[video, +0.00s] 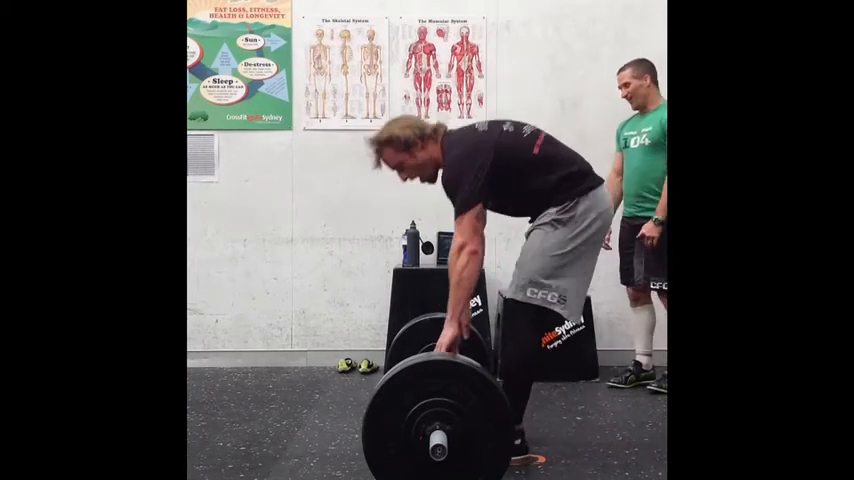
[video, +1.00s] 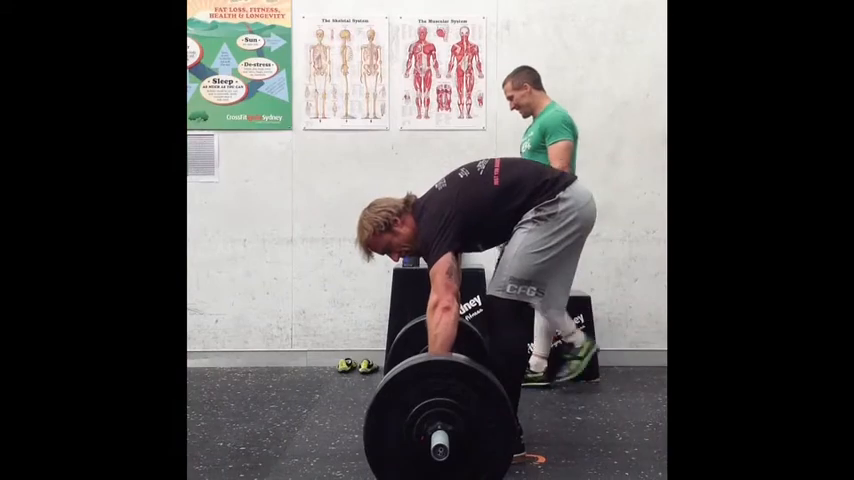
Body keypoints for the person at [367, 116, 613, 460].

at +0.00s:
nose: (403, 177)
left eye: (400, 167)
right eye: (397, 171)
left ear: (417, 146)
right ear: (419, 145)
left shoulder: (462, 157)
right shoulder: (462, 151)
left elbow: (468, 250)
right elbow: (467, 244)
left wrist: (453, 322)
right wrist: (459, 314)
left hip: (573, 205)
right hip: (565, 205)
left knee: (522, 309)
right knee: (519, 308)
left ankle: (511, 430)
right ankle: (508, 427)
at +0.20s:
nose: (398, 235)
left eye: (392, 227)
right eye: (391, 230)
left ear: (404, 206)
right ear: (407, 199)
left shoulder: (447, 202)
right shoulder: (442, 195)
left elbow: (455, 292)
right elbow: (453, 285)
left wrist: (440, 366)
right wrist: (443, 360)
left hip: (568, 209)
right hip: (550, 211)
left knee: (515, 312)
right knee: (506, 309)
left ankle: (510, 434)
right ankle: (503, 428)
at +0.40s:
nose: (394, 254)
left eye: (388, 246)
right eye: (387, 249)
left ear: (399, 227)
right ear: (401, 220)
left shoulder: (439, 218)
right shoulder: (432, 214)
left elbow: (447, 305)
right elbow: (446, 298)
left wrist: (436, 378)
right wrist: (438, 371)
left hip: (563, 208)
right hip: (542, 211)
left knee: (511, 311)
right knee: (500, 308)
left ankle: (504, 433)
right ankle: (495, 426)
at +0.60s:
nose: (394, 259)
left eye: (388, 251)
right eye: (387, 254)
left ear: (397, 230)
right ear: (399, 223)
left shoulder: (436, 220)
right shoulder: (432, 215)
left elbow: (447, 306)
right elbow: (445, 300)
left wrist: (435, 380)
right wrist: (437, 374)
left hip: (556, 204)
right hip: (553, 202)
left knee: (505, 309)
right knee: (502, 307)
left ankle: (504, 433)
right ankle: (501, 427)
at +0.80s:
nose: (395, 258)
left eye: (389, 250)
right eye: (388, 254)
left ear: (398, 226)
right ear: (399, 222)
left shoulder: (435, 219)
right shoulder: (435, 214)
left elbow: (444, 305)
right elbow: (446, 297)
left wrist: (430, 379)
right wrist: (435, 369)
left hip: (557, 205)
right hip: (561, 201)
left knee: (505, 312)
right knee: (507, 310)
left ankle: (504, 434)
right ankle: (503, 429)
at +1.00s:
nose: (396, 258)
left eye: (390, 250)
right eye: (389, 254)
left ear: (399, 224)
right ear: (399, 221)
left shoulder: (435, 220)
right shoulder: (436, 214)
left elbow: (445, 305)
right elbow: (448, 296)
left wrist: (433, 380)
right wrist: (437, 369)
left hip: (557, 205)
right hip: (561, 201)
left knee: (505, 307)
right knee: (507, 306)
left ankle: (504, 435)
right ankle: (501, 429)